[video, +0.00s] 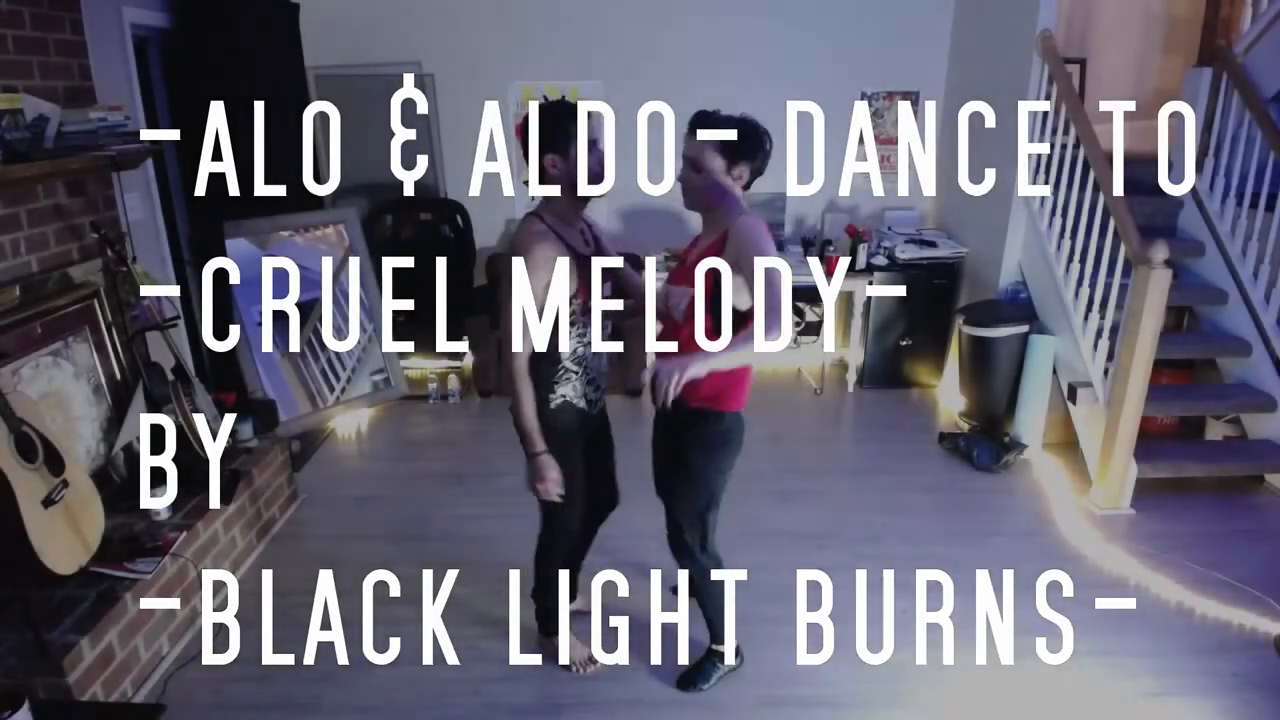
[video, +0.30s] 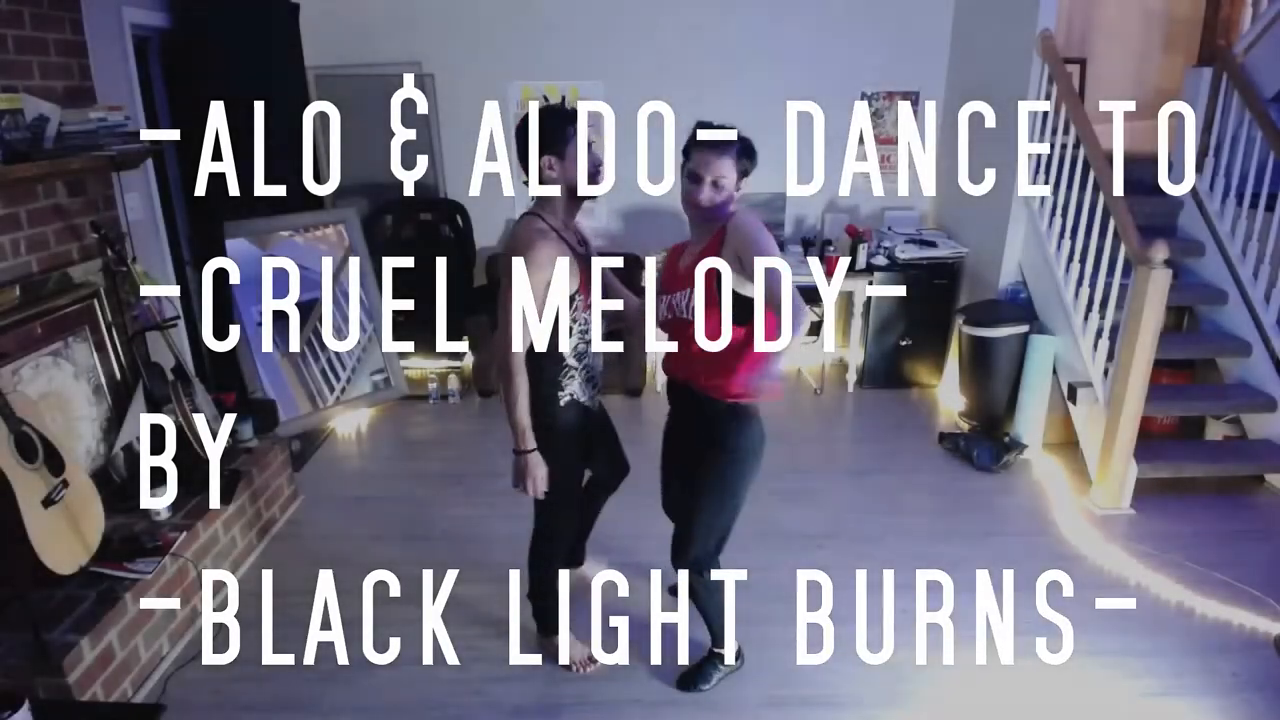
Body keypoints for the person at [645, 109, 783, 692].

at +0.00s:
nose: (681, 177)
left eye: (692, 167)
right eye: (682, 166)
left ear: (732, 172)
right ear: (721, 173)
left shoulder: (747, 232)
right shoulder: (706, 238)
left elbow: (771, 328)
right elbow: (683, 316)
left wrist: (697, 362)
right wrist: (637, 293)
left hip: (711, 414)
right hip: (678, 408)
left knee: (690, 533)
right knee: (685, 531)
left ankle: (723, 645)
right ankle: (719, 639)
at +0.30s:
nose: (701, 195)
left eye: (717, 184)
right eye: (693, 179)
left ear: (740, 186)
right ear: (679, 176)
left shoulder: (744, 234)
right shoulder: (683, 249)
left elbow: (786, 313)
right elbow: (664, 316)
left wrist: (749, 363)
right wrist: (611, 298)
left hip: (731, 421)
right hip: (685, 414)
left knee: (694, 553)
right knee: (680, 514)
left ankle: (725, 648)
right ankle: (686, 584)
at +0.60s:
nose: (706, 198)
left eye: (720, 190)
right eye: (699, 185)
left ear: (737, 195)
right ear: (685, 181)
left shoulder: (747, 240)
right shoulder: (668, 249)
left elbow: (794, 311)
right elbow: (659, 314)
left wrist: (822, 390)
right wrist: (623, 295)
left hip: (741, 417)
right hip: (687, 414)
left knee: (713, 541)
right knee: (689, 513)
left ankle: (726, 648)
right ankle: (717, 576)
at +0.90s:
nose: (709, 201)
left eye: (723, 192)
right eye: (701, 187)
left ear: (741, 192)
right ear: (688, 180)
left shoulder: (753, 252)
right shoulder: (669, 237)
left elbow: (782, 340)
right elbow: (654, 301)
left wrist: (808, 420)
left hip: (733, 401)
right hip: (681, 395)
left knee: (711, 528)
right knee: (675, 502)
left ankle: (724, 646)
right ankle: (721, 570)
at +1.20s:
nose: (697, 192)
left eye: (711, 182)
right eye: (691, 179)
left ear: (733, 184)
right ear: (681, 175)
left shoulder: (747, 243)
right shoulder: (675, 227)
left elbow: (770, 332)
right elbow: (654, 275)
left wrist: (787, 409)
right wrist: (610, 284)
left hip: (734, 388)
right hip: (682, 383)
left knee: (705, 519)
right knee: (674, 490)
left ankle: (705, 644)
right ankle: (711, 565)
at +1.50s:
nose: (688, 176)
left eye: (701, 168)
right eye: (684, 165)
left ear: (729, 173)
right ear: (677, 166)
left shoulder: (741, 235)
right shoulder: (678, 220)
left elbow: (758, 323)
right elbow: (658, 255)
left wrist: (770, 402)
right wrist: (611, 245)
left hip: (727, 380)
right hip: (678, 376)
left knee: (705, 512)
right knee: (693, 495)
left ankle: (688, 642)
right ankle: (713, 575)